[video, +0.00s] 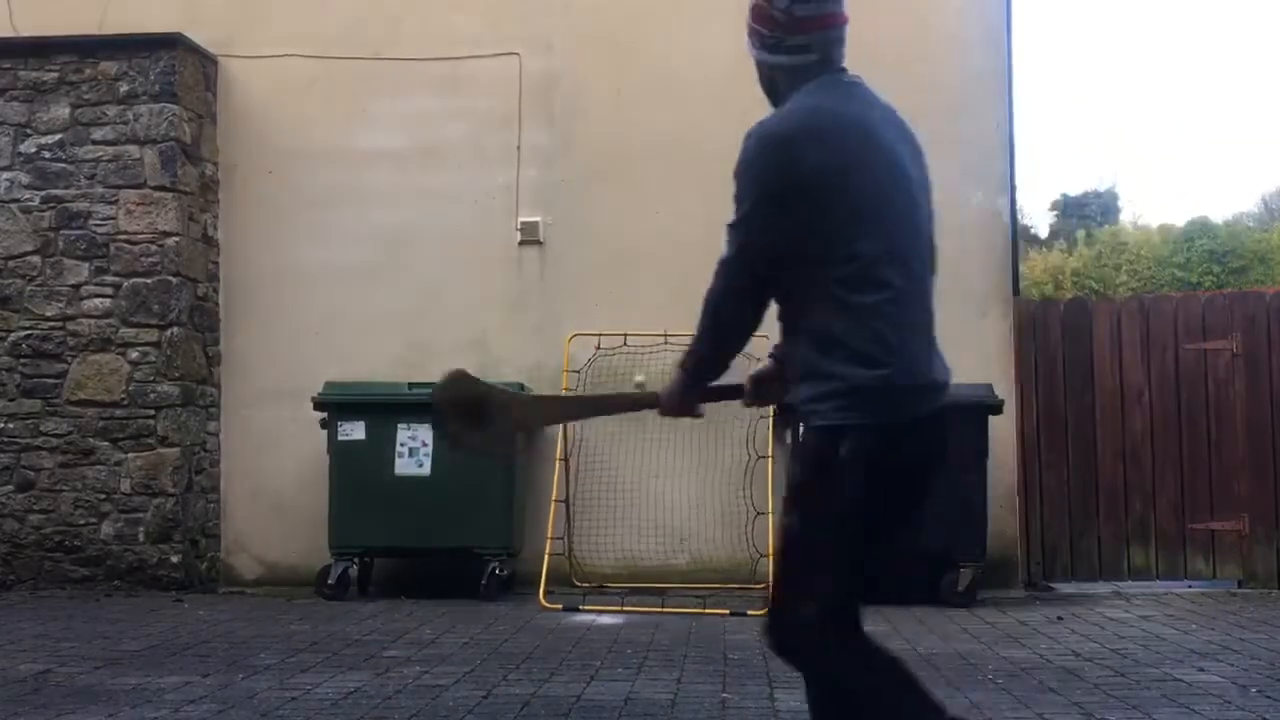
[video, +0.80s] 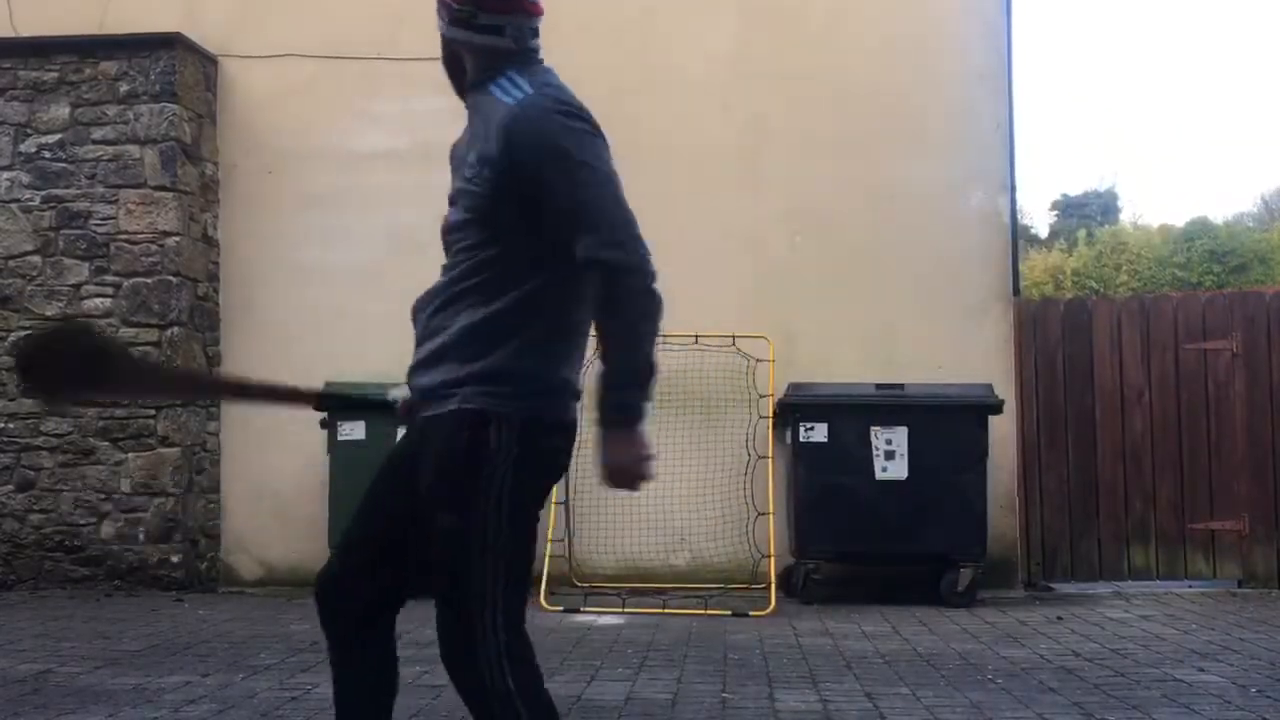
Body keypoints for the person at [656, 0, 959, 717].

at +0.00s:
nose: (757, 69)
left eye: (758, 55)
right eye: (759, 53)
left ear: (765, 56)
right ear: (836, 45)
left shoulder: (781, 137)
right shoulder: (886, 124)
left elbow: (743, 278)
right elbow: (879, 276)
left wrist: (691, 378)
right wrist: (793, 360)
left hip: (843, 415)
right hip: (909, 401)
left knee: (801, 627)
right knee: (826, 619)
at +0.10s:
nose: (685, 50)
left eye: (685, 35)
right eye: (690, 34)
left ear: (691, 38)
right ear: (762, 33)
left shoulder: (719, 122)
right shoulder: (796, 109)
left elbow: (679, 274)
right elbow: (795, 274)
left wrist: (605, 372)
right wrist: (724, 375)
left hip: (781, 407)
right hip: (845, 398)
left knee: (677, 601)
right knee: (793, 607)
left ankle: (725, 716)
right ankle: (827, 719)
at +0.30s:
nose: (597, 31)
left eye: (598, 19)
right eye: (601, 19)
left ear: (609, 27)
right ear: (679, 26)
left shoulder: (655, 114)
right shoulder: (702, 102)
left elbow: (692, 265)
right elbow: (700, 280)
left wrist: (648, 408)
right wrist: (624, 396)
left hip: (676, 412)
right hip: (726, 411)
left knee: (577, 630)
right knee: (669, 622)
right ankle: (757, 713)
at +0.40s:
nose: (548, 71)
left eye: (548, 55)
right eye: (550, 53)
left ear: (556, 58)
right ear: (618, 41)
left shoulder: (636, 128)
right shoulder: (612, 128)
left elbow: (755, 263)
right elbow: (602, 291)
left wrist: (769, 386)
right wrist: (548, 400)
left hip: (612, 423)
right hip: (592, 418)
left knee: (514, 629)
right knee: (527, 623)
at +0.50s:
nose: (525, 74)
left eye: (525, 57)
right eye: (525, 57)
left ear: (538, 58)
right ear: (595, 44)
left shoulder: (625, 135)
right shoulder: (587, 131)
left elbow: (743, 266)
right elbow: (588, 295)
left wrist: (756, 383)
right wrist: (525, 401)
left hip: (591, 425)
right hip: (555, 417)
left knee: (503, 635)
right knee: (471, 623)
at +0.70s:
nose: (469, 74)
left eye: (470, 57)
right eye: (469, 58)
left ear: (485, 59)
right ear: (546, 45)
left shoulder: (584, 135)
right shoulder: (525, 138)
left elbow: (688, 275)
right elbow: (524, 297)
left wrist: (689, 389)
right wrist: (464, 404)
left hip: (539, 422)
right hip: (485, 415)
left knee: (479, 646)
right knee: (375, 610)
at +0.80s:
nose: (440, 54)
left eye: (443, 36)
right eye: (443, 37)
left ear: (456, 39)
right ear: (517, 35)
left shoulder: (537, 114)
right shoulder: (494, 119)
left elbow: (625, 267)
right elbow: (509, 282)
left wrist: (623, 419)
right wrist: (433, 391)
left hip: (501, 421)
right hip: (457, 417)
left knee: (481, 641)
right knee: (349, 596)